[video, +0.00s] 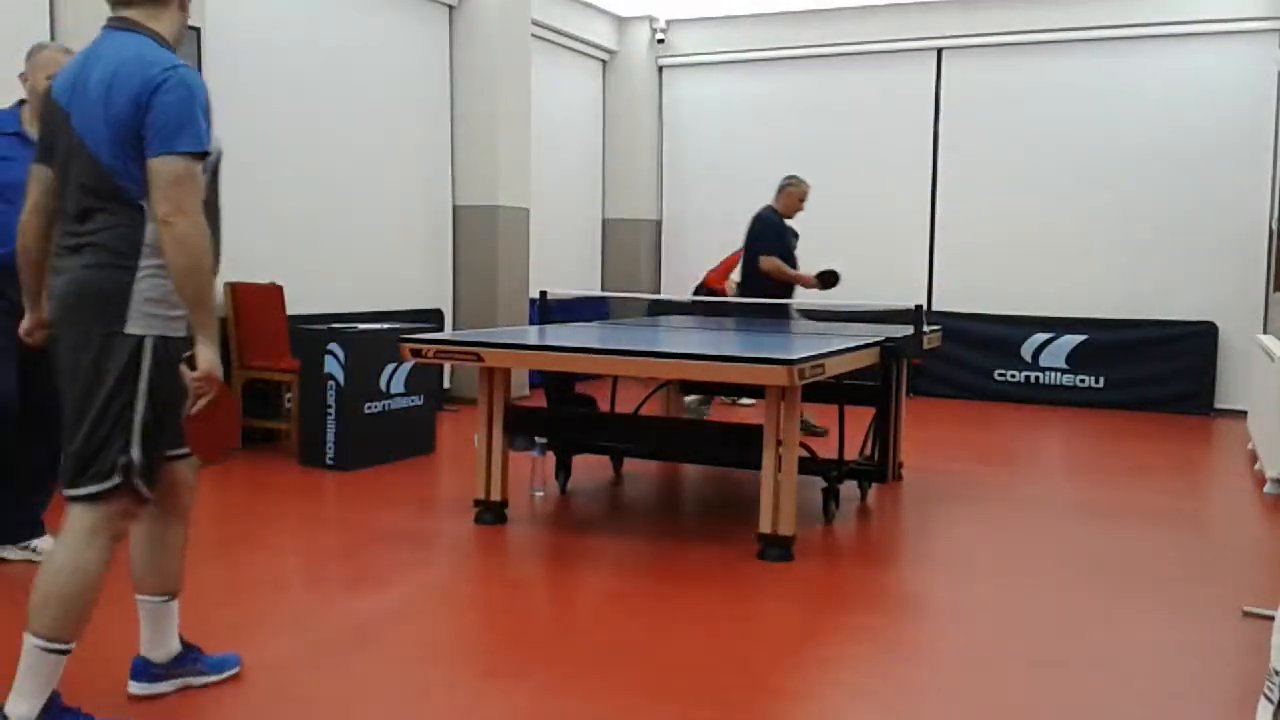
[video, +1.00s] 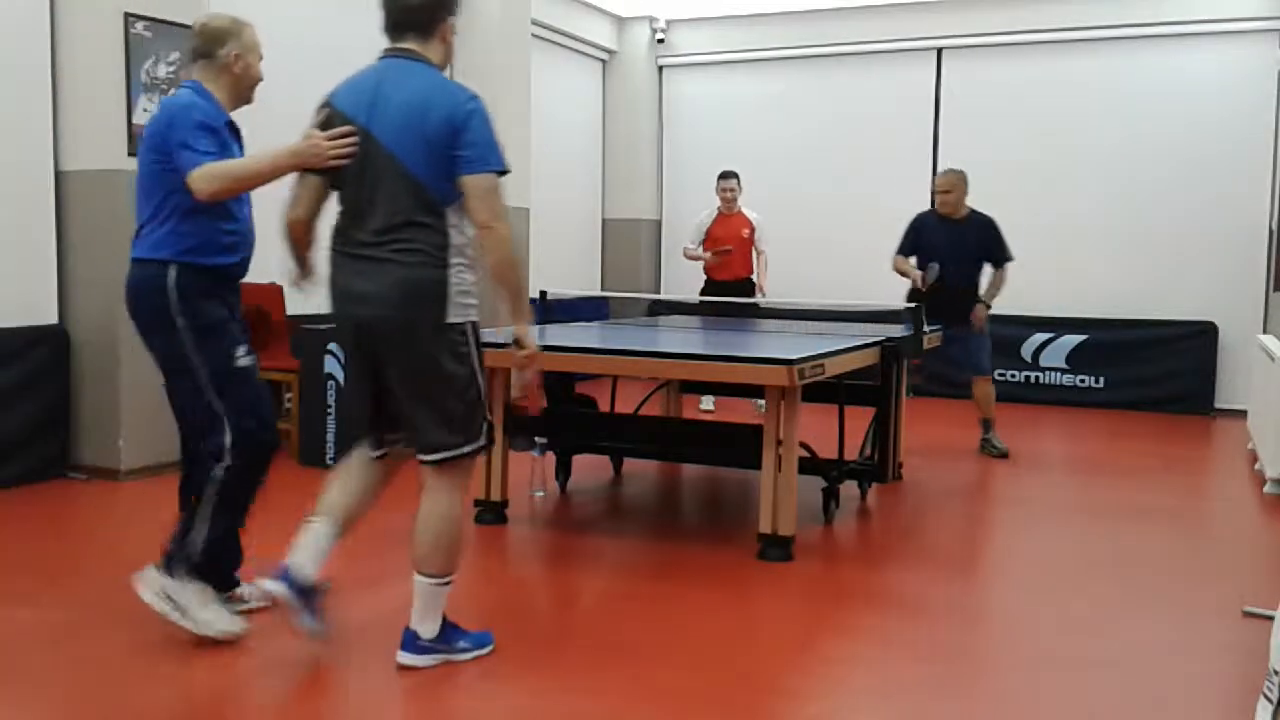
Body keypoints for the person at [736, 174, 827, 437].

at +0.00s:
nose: (802, 207)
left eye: (803, 202)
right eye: (800, 201)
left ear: (790, 197)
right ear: (785, 194)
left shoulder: (780, 224)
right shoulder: (767, 220)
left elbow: (779, 264)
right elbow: (767, 263)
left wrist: (804, 279)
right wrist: (801, 279)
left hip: (774, 307)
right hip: (760, 308)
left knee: (786, 363)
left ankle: (793, 414)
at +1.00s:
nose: (939, 199)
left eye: (946, 193)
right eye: (936, 193)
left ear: (963, 193)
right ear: (933, 193)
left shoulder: (983, 226)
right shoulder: (923, 222)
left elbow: (1000, 269)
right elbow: (898, 260)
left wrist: (985, 302)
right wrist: (913, 273)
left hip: (966, 313)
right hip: (925, 312)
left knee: (983, 372)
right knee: (901, 372)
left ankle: (988, 434)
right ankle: (881, 436)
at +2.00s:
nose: (966, 199)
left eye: (971, 193)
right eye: (964, 194)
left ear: (989, 191)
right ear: (963, 193)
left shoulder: (1006, 219)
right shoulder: (962, 221)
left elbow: (1000, 251)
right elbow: (945, 246)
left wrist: (958, 251)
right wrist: (934, 255)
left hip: (994, 308)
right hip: (966, 307)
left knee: (971, 365)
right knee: (987, 367)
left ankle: (963, 424)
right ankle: (1011, 423)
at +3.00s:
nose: (913, 195)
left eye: (920, 189)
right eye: (908, 190)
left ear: (933, 192)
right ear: (902, 195)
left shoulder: (954, 220)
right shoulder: (900, 228)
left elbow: (978, 255)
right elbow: (887, 261)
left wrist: (970, 291)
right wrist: (890, 269)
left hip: (950, 306)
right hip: (914, 307)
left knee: (956, 364)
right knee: (909, 363)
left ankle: (966, 424)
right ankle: (909, 418)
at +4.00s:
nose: (929, 211)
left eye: (936, 205)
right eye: (924, 205)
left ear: (949, 206)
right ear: (920, 207)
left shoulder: (967, 234)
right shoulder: (921, 235)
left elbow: (987, 277)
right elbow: (910, 268)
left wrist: (971, 317)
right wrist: (911, 286)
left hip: (968, 315)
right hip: (936, 314)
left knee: (968, 371)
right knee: (929, 366)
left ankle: (972, 430)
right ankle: (927, 415)